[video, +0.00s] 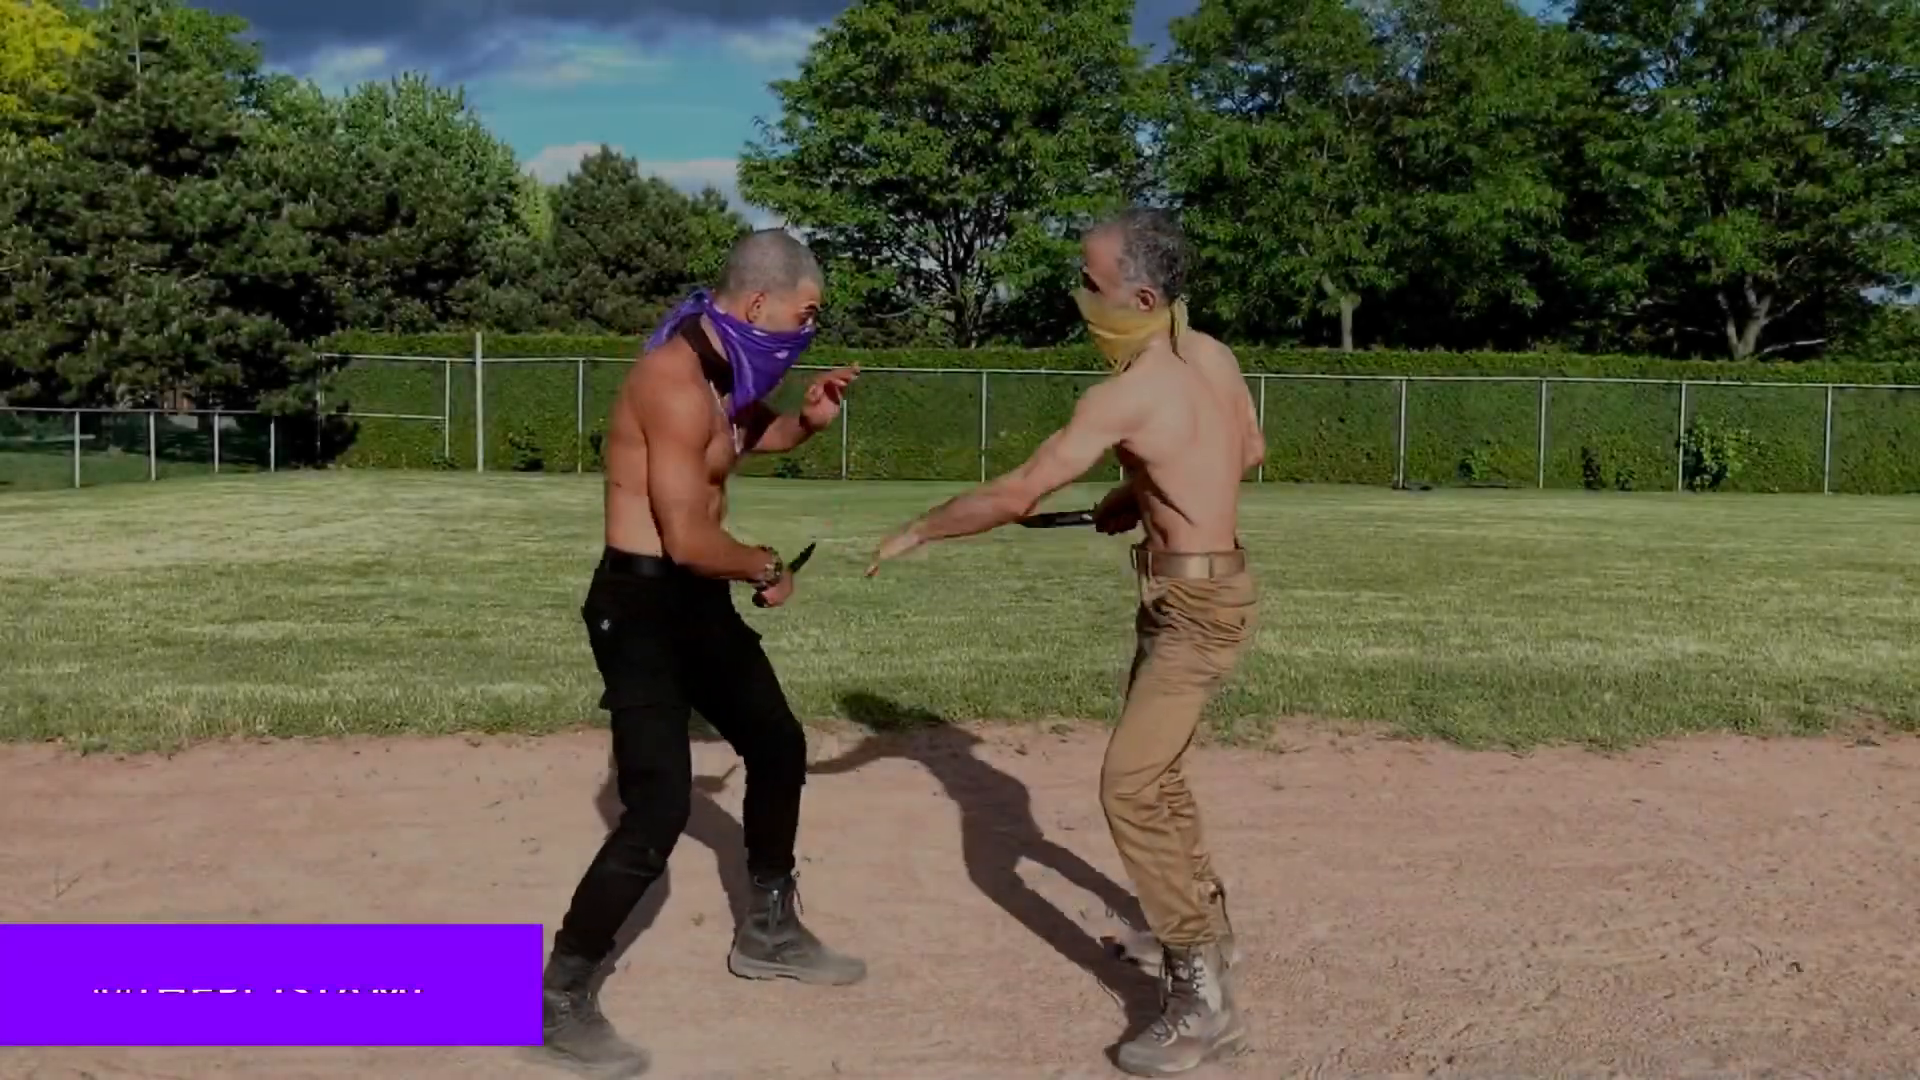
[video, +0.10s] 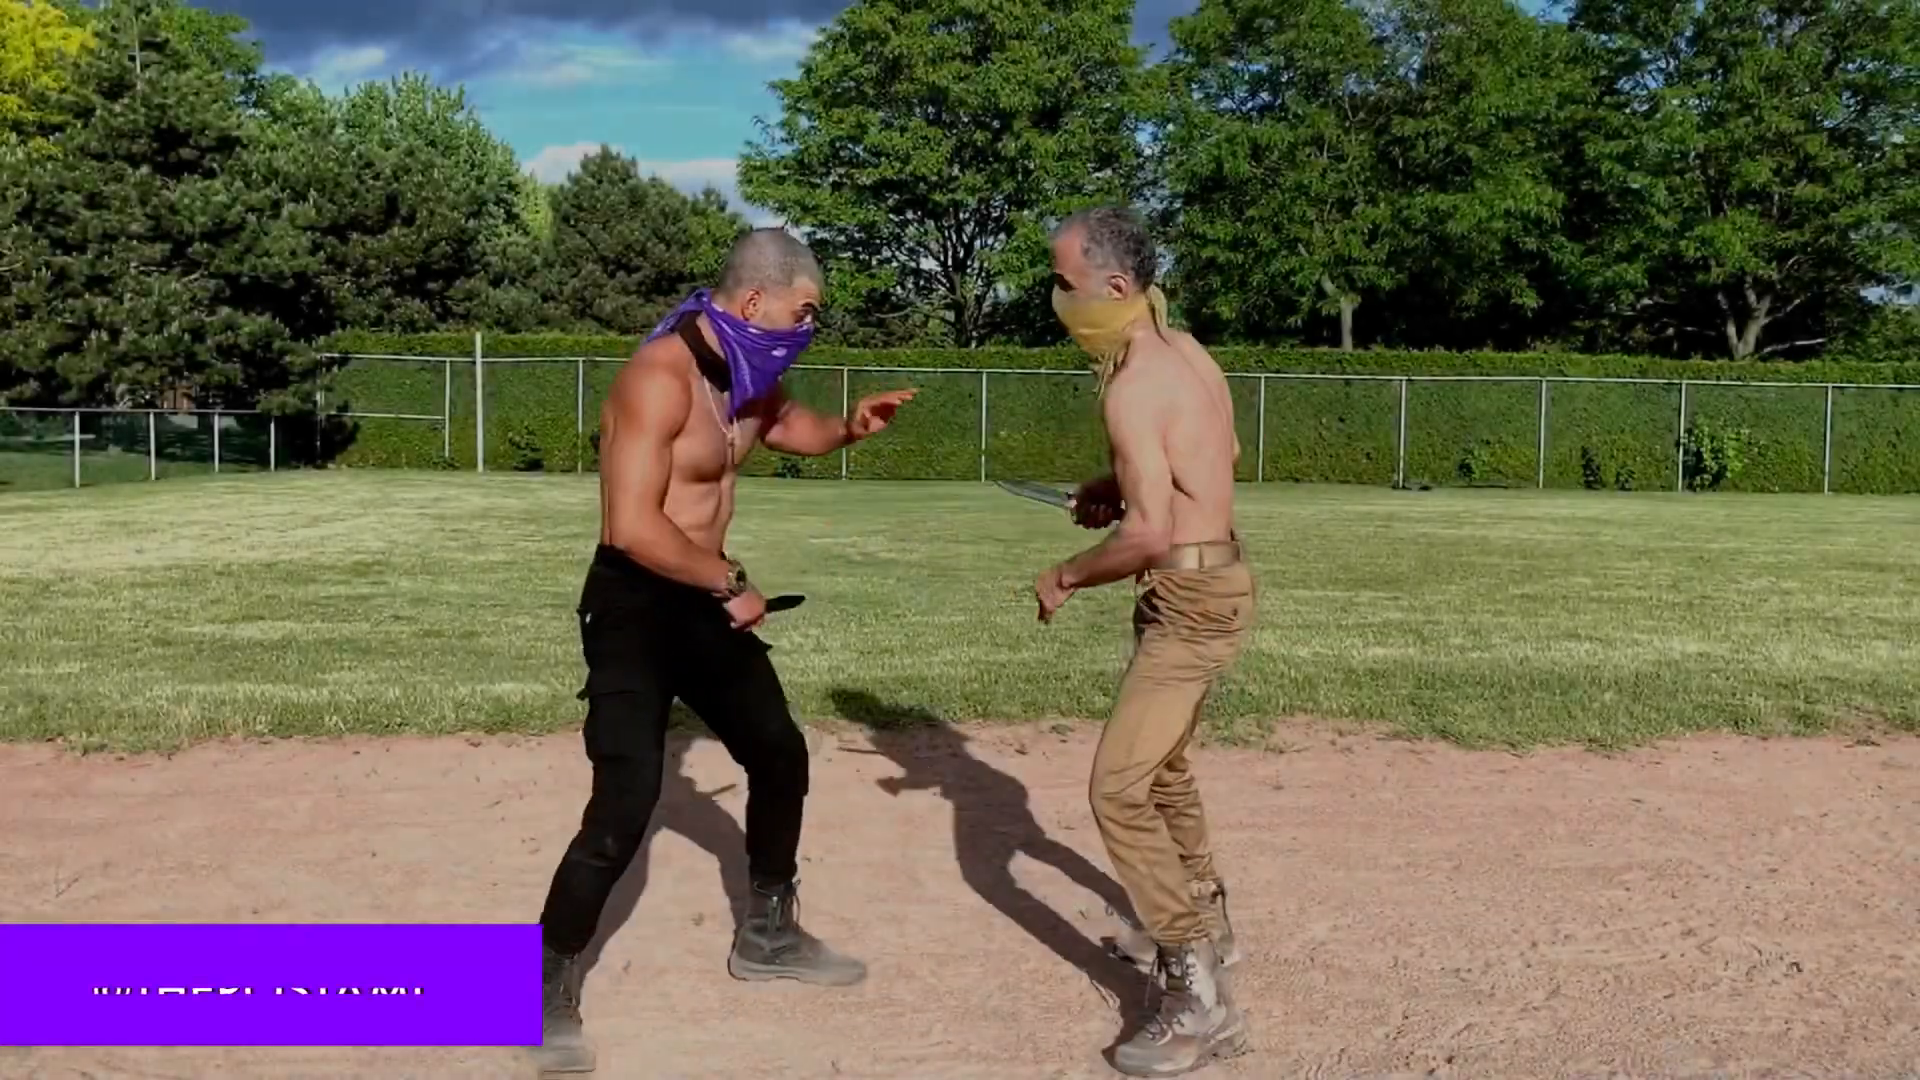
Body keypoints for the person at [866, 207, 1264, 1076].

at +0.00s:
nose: (1084, 297)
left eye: (1094, 284)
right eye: (1084, 280)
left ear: (1140, 291)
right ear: (1159, 291)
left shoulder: (1127, 395)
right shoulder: (1211, 355)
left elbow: (1020, 493)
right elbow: (1249, 451)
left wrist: (922, 530)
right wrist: (1146, 490)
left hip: (1192, 608)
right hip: (1203, 593)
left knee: (1131, 787)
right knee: (1151, 770)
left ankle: (1202, 995)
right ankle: (1201, 928)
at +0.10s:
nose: (1059, 298)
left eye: (1067, 283)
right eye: (1057, 282)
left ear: (1118, 285)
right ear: (1128, 286)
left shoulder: (1134, 390)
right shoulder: (1189, 355)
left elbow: (1149, 534)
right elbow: (1207, 463)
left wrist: (1069, 575)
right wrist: (1114, 488)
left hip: (1187, 595)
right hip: (1216, 580)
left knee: (1120, 790)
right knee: (1162, 770)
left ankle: (1198, 995)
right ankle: (1202, 927)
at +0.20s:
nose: (1040, 306)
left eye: (1049, 290)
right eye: (1038, 291)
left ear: (1099, 285)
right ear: (1092, 287)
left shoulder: (1156, 371)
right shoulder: (1119, 362)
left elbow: (1239, 492)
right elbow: (1140, 459)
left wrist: (1144, 558)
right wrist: (1091, 485)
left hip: (1202, 596)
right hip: (1168, 591)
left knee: (1140, 787)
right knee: (1155, 770)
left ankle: (1203, 994)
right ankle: (1196, 918)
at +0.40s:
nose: (1043, 311)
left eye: (1050, 293)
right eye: (1038, 295)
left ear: (1103, 282)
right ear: (1078, 287)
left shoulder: (1174, 364)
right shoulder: (1096, 370)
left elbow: (1237, 492)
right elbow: (1102, 480)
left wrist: (1121, 484)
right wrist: (1027, 506)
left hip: (1211, 593)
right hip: (1164, 592)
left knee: (1147, 783)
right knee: (1136, 764)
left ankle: (1203, 990)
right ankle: (1190, 910)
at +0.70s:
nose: (1036, 315)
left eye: (1042, 296)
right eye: (1030, 299)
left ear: (1094, 287)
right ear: (1078, 290)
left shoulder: (1155, 366)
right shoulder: (1106, 381)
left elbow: (1161, 480)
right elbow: (1082, 491)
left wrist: (1075, 438)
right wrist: (1003, 502)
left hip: (1202, 599)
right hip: (1168, 598)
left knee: (1132, 787)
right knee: (1128, 773)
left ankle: (1211, 993)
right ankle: (1180, 926)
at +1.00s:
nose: (1035, 314)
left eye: (1041, 294)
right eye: (1029, 296)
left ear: (1091, 288)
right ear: (1095, 288)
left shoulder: (1133, 374)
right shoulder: (1132, 362)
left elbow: (1126, 512)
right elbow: (1094, 453)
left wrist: (1033, 527)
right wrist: (999, 462)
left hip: (1183, 607)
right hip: (1162, 600)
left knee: (1099, 796)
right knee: (1142, 769)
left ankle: (1155, 1012)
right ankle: (1190, 928)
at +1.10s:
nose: (1029, 314)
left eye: (1037, 297)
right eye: (1027, 298)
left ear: (1092, 296)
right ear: (1081, 297)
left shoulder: (1166, 387)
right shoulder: (1076, 369)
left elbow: (1189, 531)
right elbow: (974, 376)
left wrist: (1092, 492)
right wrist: (870, 397)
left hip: (1192, 613)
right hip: (1143, 609)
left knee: (1123, 786)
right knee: (1102, 763)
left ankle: (1163, 1013)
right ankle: (1180, 915)